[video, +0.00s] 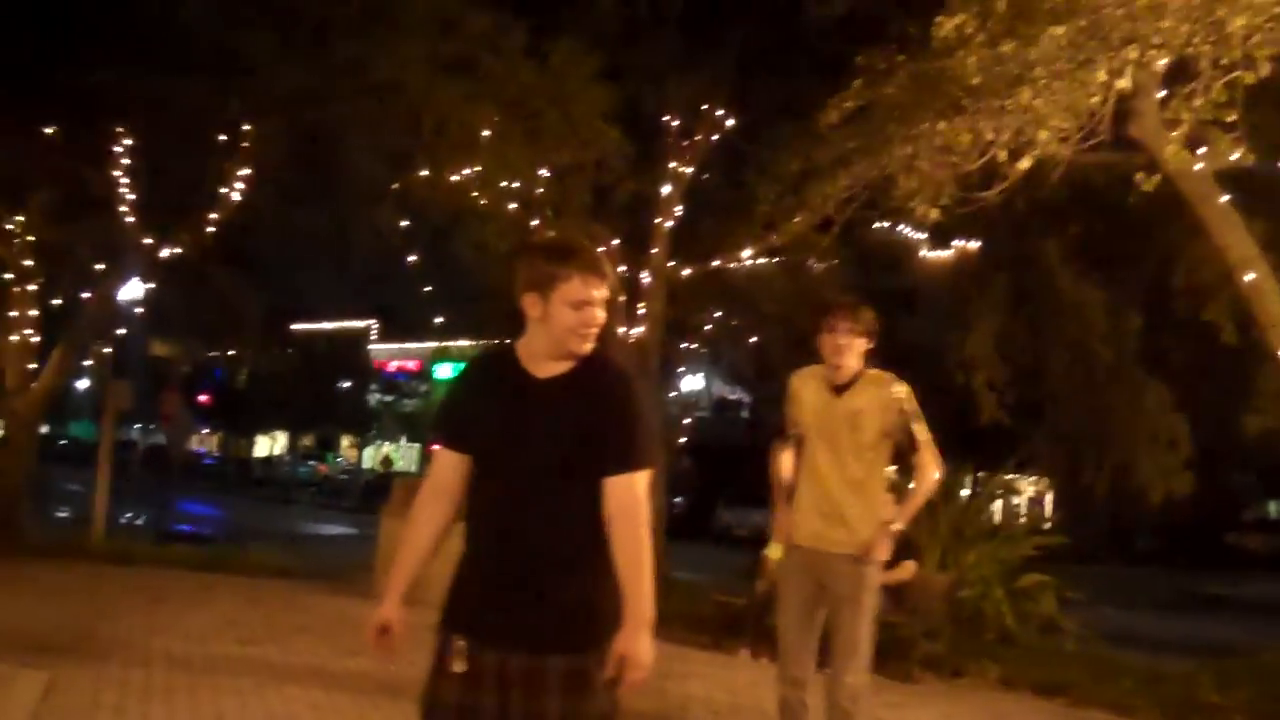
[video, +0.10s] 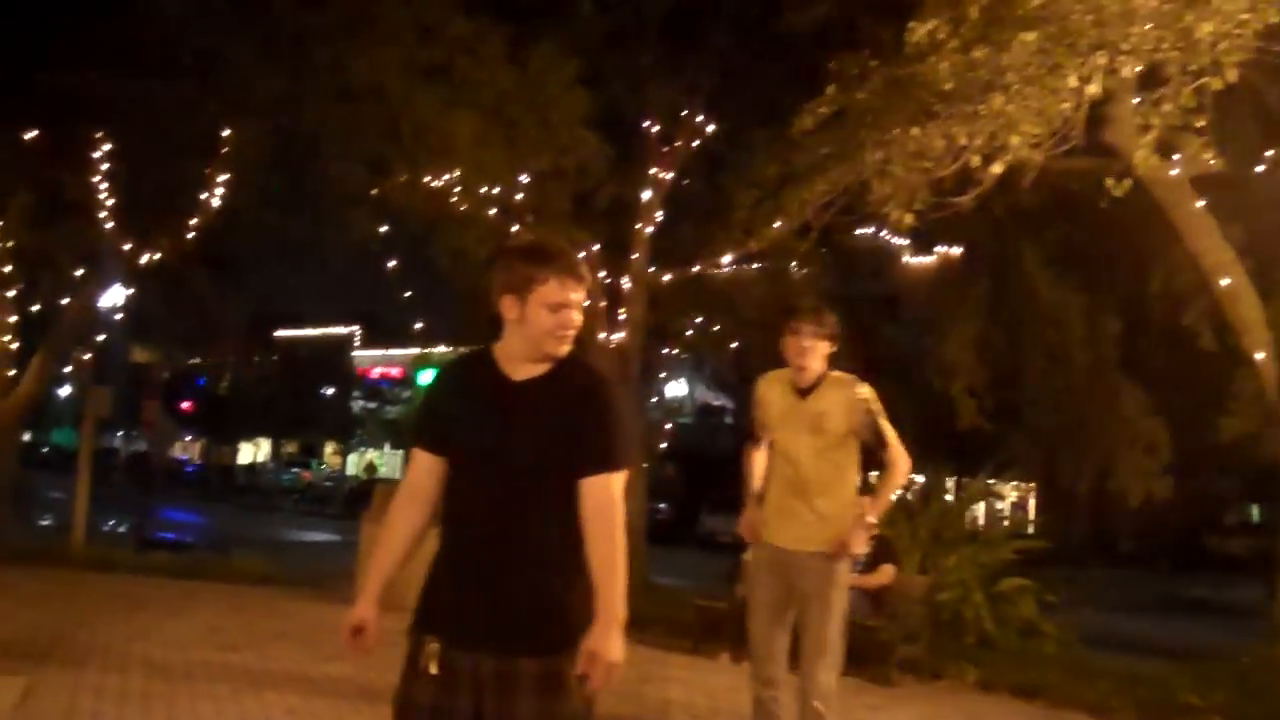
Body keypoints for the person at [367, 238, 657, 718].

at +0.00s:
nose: (596, 319)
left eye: (603, 305)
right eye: (580, 305)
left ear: (611, 306)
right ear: (532, 305)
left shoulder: (612, 389)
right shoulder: (483, 380)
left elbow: (627, 511)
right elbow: (439, 493)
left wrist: (638, 623)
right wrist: (393, 595)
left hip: (578, 633)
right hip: (480, 624)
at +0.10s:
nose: (574, 321)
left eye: (580, 308)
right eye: (558, 308)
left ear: (586, 309)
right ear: (510, 307)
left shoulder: (589, 394)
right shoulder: (459, 381)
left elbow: (603, 515)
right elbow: (415, 496)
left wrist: (609, 624)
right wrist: (369, 595)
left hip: (549, 637)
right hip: (452, 627)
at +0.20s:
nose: (559, 322)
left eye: (565, 309)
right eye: (544, 309)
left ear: (571, 309)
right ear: (497, 307)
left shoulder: (571, 392)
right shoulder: (442, 381)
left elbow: (585, 508)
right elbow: (400, 492)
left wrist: (589, 614)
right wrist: (357, 592)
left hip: (533, 628)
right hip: (437, 623)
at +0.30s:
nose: (587, 304)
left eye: (595, 290)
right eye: (573, 289)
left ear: (602, 291)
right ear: (526, 286)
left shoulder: (600, 371)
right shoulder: (470, 362)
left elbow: (615, 483)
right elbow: (431, 467)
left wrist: (615, 584)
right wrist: (392, 565)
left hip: (561, 608)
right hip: (467, 601)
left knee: (557, 712)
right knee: (449, 710)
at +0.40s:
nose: (593, 284)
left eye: (599, 272)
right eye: (578, 269)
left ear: (606, 275)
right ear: (530, 268)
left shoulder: (600, 355)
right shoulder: (469, 346)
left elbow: (613, 469)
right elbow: (428, 452)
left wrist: (606, 567)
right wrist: (388, 547)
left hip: (556, 590)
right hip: (463, 579)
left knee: (548, 710)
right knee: (440, 708)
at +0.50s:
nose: (530, 288)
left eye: (536, 274)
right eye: (517, 272)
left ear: (544, 274)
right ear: (466, 269)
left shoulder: (535, 354)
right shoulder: (408, 347)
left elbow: (550, 472)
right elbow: (365, 454)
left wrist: (546, 574)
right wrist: (323, 552)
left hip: (493, 598)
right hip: (400, 589)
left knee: (483, 710)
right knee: (380, 708)